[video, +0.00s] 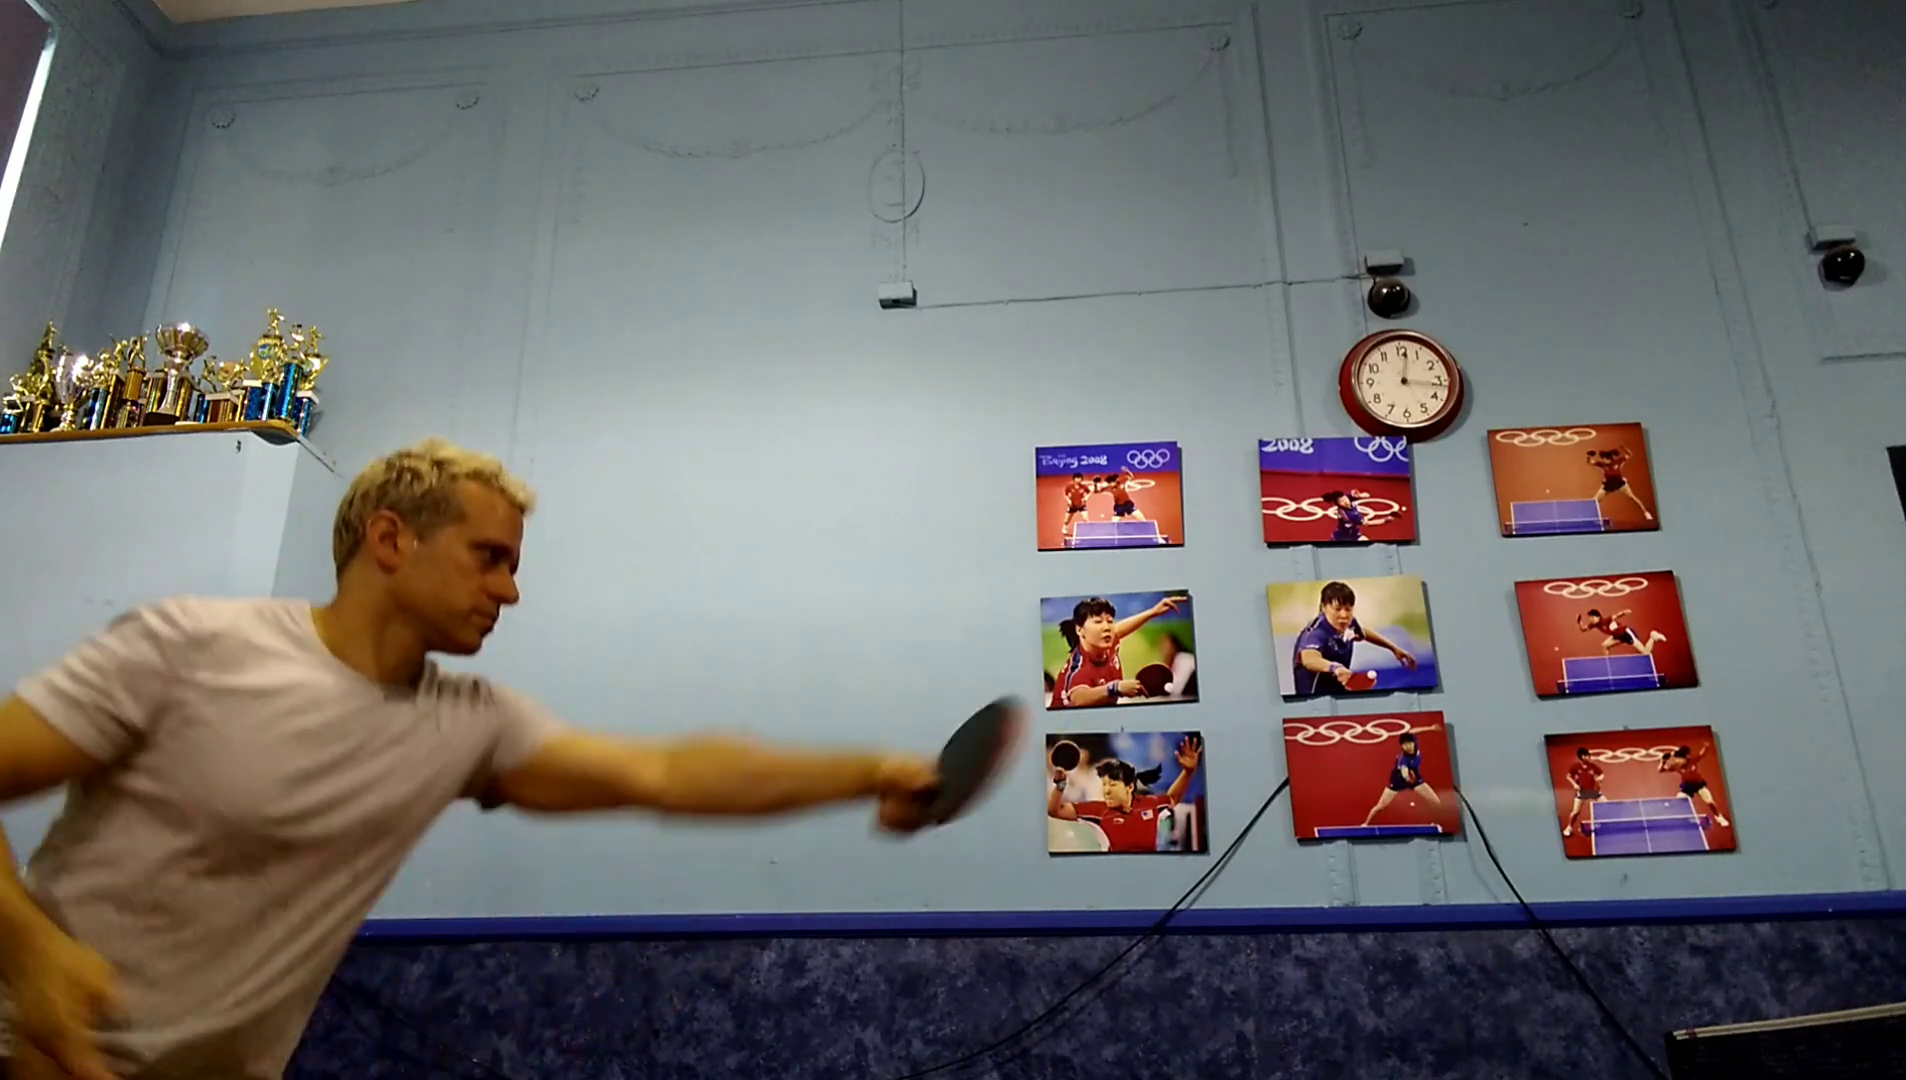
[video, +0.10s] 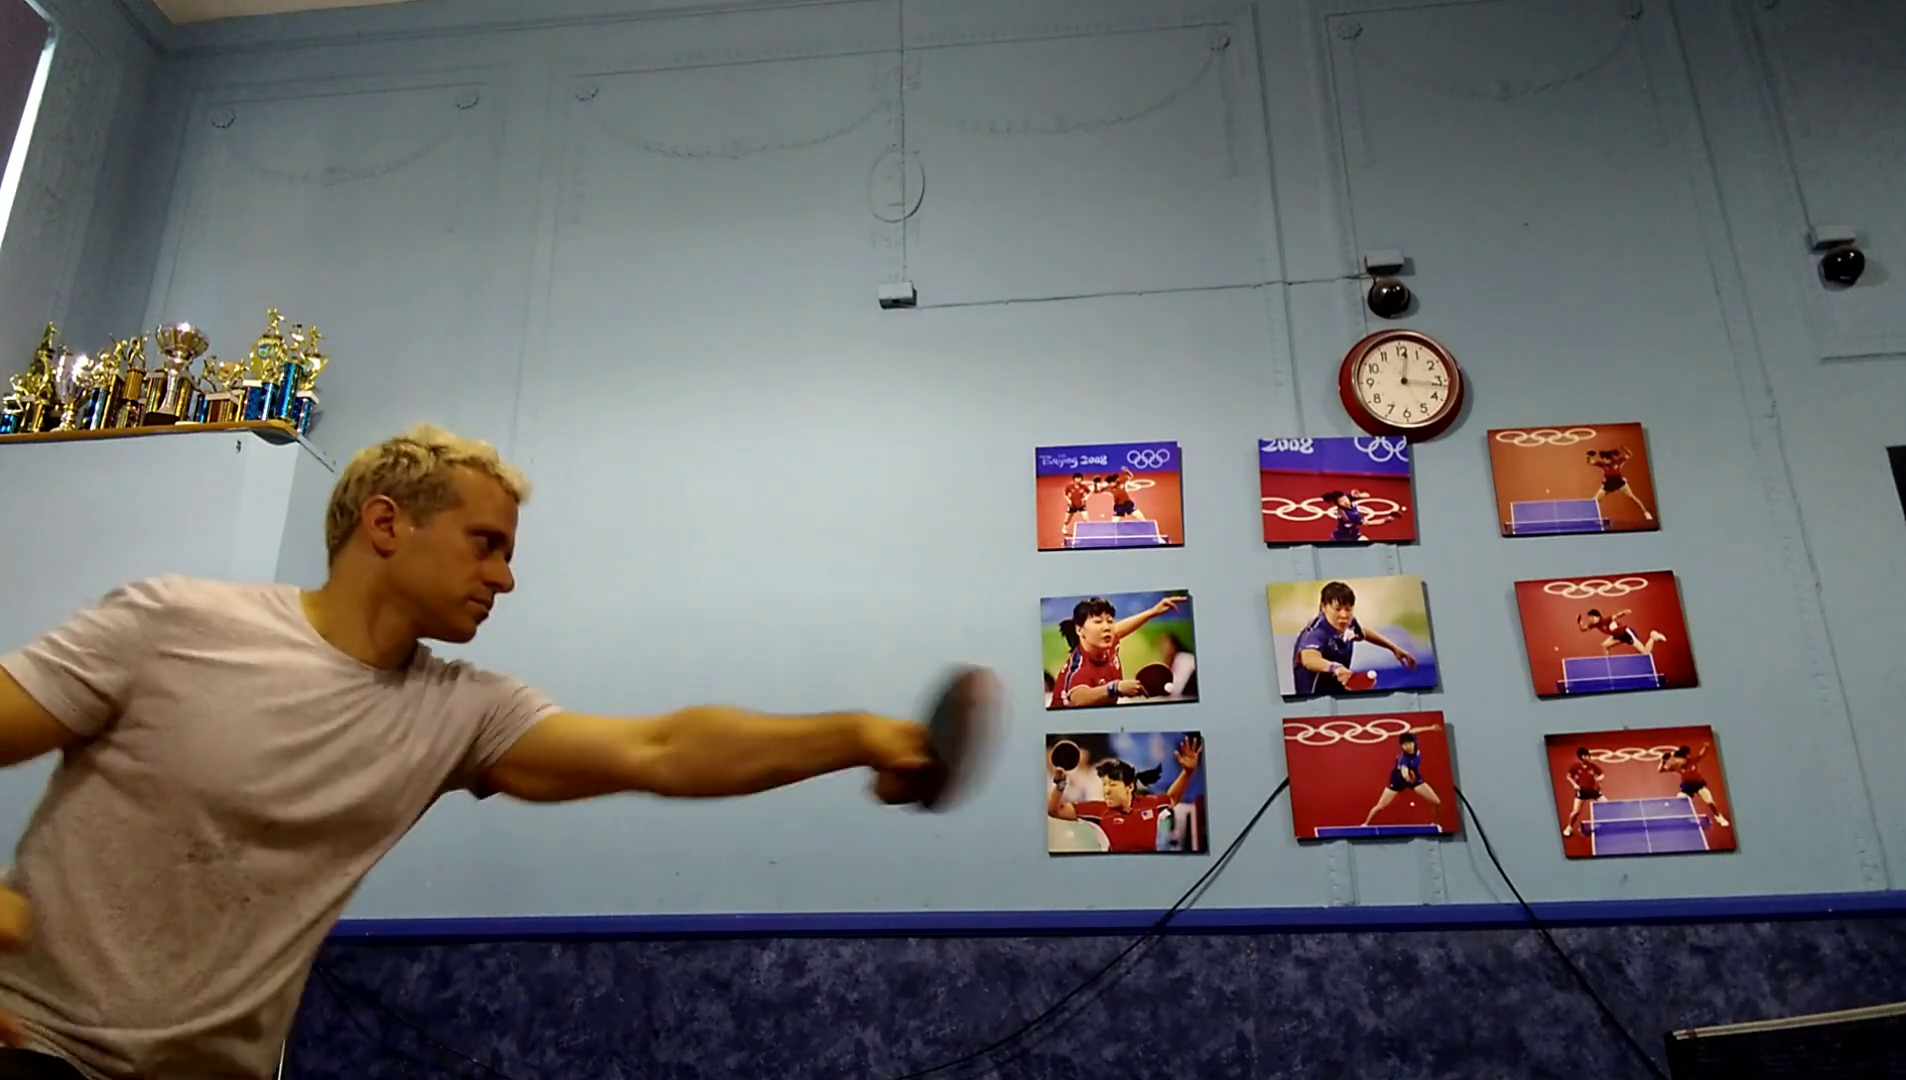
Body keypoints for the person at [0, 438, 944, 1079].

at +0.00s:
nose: (509, 588)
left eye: (514, 564)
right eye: (488, 556)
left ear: (419, 558)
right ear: (386, 541)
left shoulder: (466, 727)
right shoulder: (185, 647)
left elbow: (664, 773)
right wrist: (23, 940)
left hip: (227, 1067)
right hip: (47, 1046)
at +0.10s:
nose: (504, 579)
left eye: (508, 556)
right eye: (486, 546)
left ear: (417, 546)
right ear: (382, 526)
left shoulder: (456, 711)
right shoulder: (168, 622)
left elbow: (659, 750)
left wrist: (862, 737)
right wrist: (5, 891)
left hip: (217, 1067)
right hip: (33, 1030)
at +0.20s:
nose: (498, 573)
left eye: (499, 548)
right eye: (478, 537)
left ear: (388, 526)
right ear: (377, 519)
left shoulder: (439, 721)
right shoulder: (154, 617)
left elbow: (594, 811)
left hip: (210, 1062)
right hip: (33, 1029)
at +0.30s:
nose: (492, 573)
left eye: (492, 550)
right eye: (471, 537)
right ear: (369, 518)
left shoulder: (421, 736)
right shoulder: (159, 623)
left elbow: (493, 885)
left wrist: (543, 942)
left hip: (198, 1067)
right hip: (31, 1044)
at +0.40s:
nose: (499, 581)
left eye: (497, 557)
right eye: (478, 546)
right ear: (373, 531)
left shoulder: (399, 755)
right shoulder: (188, 637)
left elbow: (395, 948)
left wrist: (408, 1023)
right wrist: (19, 1049)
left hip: (186, 1065)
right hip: (32, 1046)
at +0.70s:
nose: (520, 663)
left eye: (519, 635)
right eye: (498, 627)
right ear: (392, 614)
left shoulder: (417, 796)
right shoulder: (202, 738)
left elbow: (415, 964)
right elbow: (0, 925)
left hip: (239, 1068)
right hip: (60, 1063)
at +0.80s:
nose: (514, 654)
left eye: (515, 628)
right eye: (490, 620)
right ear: (387, 607)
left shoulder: (456, 794)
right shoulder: (181, 732)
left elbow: (556, 903)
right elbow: (5, 888)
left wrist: (645, 945)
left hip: (230, 1078)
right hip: (49, 1063)